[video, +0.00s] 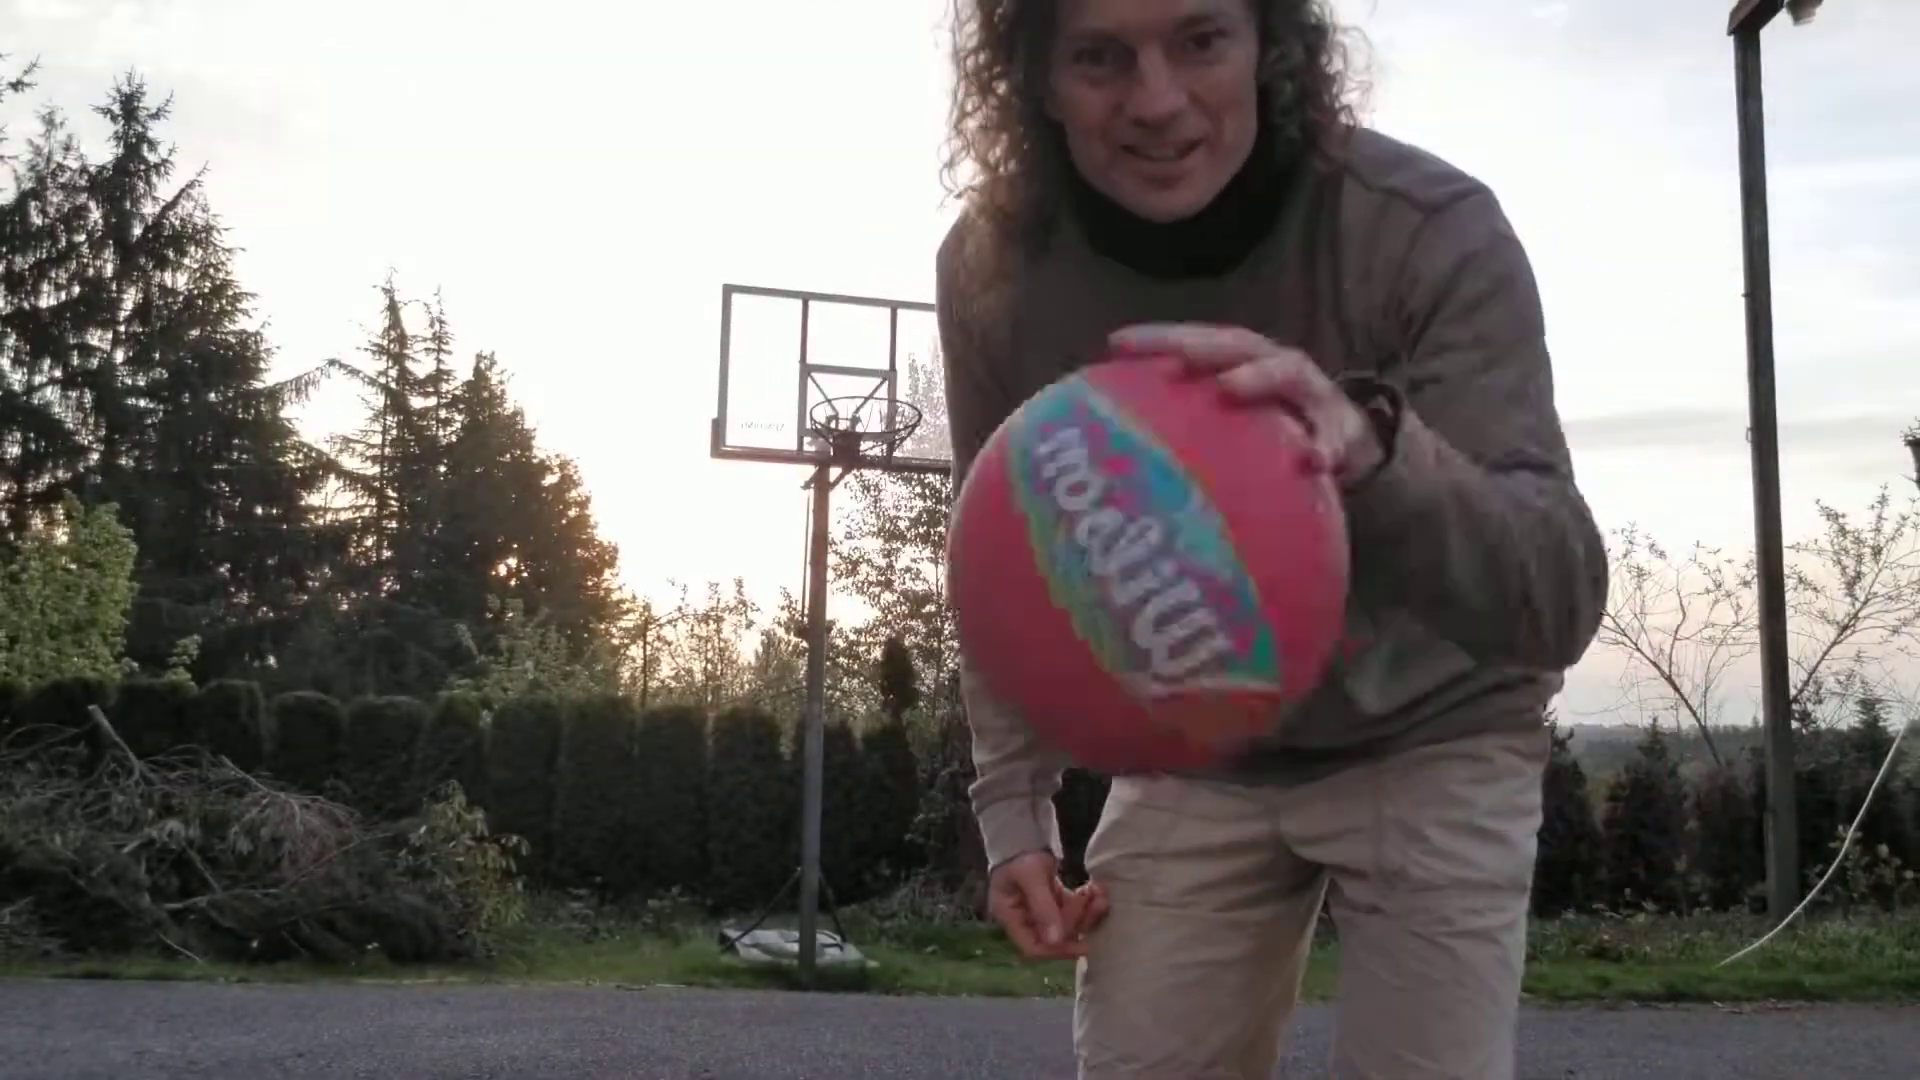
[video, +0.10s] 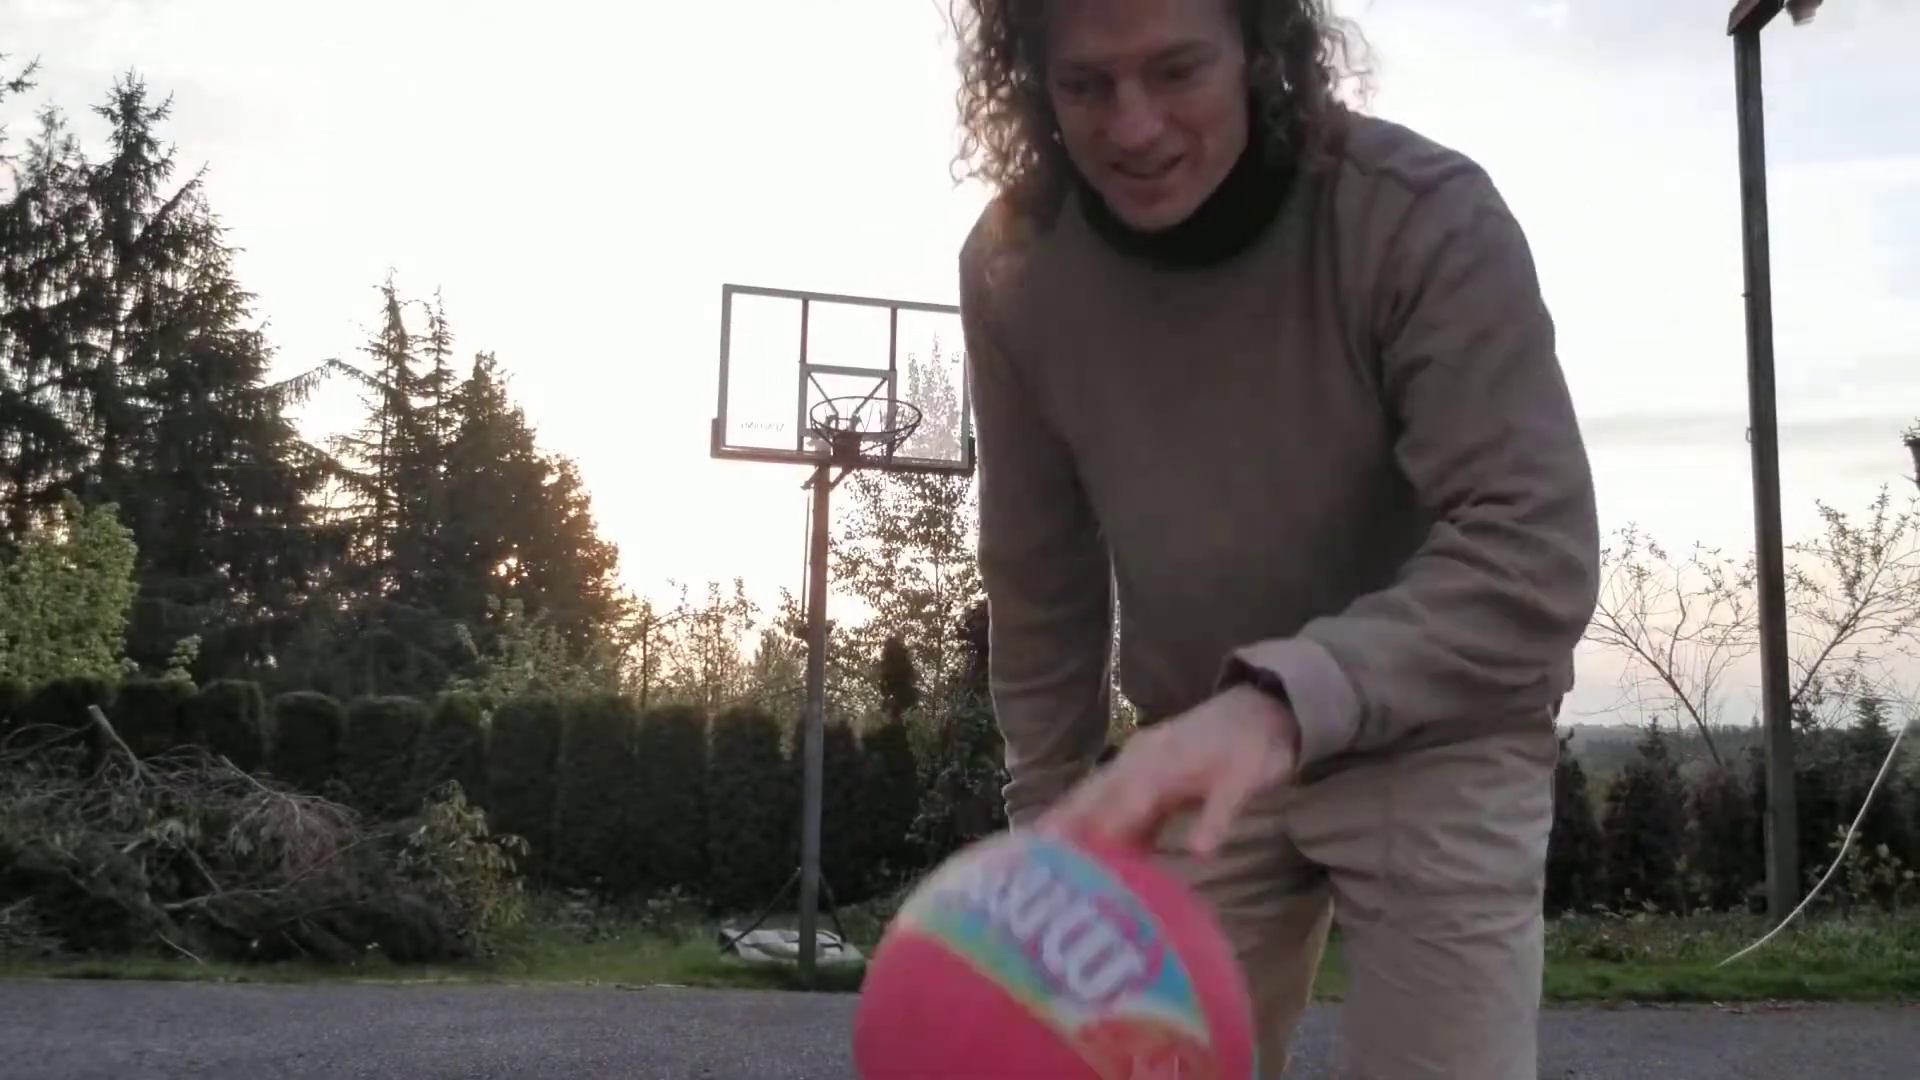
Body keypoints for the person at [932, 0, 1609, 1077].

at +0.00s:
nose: (1158, 105)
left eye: (1201, 41)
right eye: (1100, 58)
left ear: (1272, 43)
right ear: (1036, 79)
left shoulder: (1428, 231)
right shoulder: (998, 264)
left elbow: (1557, 595)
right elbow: (1002, 567)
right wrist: (1015, 812)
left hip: (1438, 751)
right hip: (1184, 763)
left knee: (1427, 1058)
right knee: (1137, 1057)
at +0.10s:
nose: (1135, 130)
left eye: (1178, 71)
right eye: (1087, 85)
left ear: (1259, 51)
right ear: (1039, 88)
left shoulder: (1419, 218)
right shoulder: (1020, 266)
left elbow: (1528, 554)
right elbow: (1039, 589)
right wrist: (1050, 852)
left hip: (1441, 757)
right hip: (1192, 770)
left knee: (1443, 1061)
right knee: (1166, 1065)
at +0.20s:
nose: (1123, 150)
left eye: (1163, 93)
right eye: (1077, 104)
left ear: (1249, 60)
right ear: (1034, 92)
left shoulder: (1413, 225)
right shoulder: (1034, 261)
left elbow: (1516, 582)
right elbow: (1055, 564)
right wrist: (1056, 792)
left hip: (1446, 773)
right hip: (1204, 782)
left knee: (1458, 1057)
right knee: (1145, 1055)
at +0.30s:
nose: (1126, 150)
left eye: (1164, 96)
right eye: (1080, 107)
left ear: (1253, 61)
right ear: (1037, 95)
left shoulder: (1424, 229)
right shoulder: (1043, 261)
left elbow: (1544, 556)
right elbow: (1060, 528)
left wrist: (1565, 876)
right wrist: (1066, 720)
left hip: (1445, 764)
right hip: (1203, 776)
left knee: (1480, 1056)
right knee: (1153, 1057)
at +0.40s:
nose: (1143, 138)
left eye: (1181, 87)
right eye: (1101, 99)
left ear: (1266, 54)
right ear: (1064, 93)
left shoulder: (1435, 219)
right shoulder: (1049, 262)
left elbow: (1569, 523)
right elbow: (1044, 499)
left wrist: (1675, 804)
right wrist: (1074, 596)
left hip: (1443, 762)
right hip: (1200, 775)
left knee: (1489, 1058)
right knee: (1157, 1057)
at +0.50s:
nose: (1168, 116)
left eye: (1206, 65)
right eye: (1127, 77)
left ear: (1287, 45)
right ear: (1086, 76)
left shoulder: (1447, 211)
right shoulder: (1060, 262)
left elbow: (1602, 484)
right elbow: (1040, 585)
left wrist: (1741, 729)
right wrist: (1052, 546)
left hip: (1442, 759)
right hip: (1196, 774)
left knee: (1504, 1061)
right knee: (1153, 1058)